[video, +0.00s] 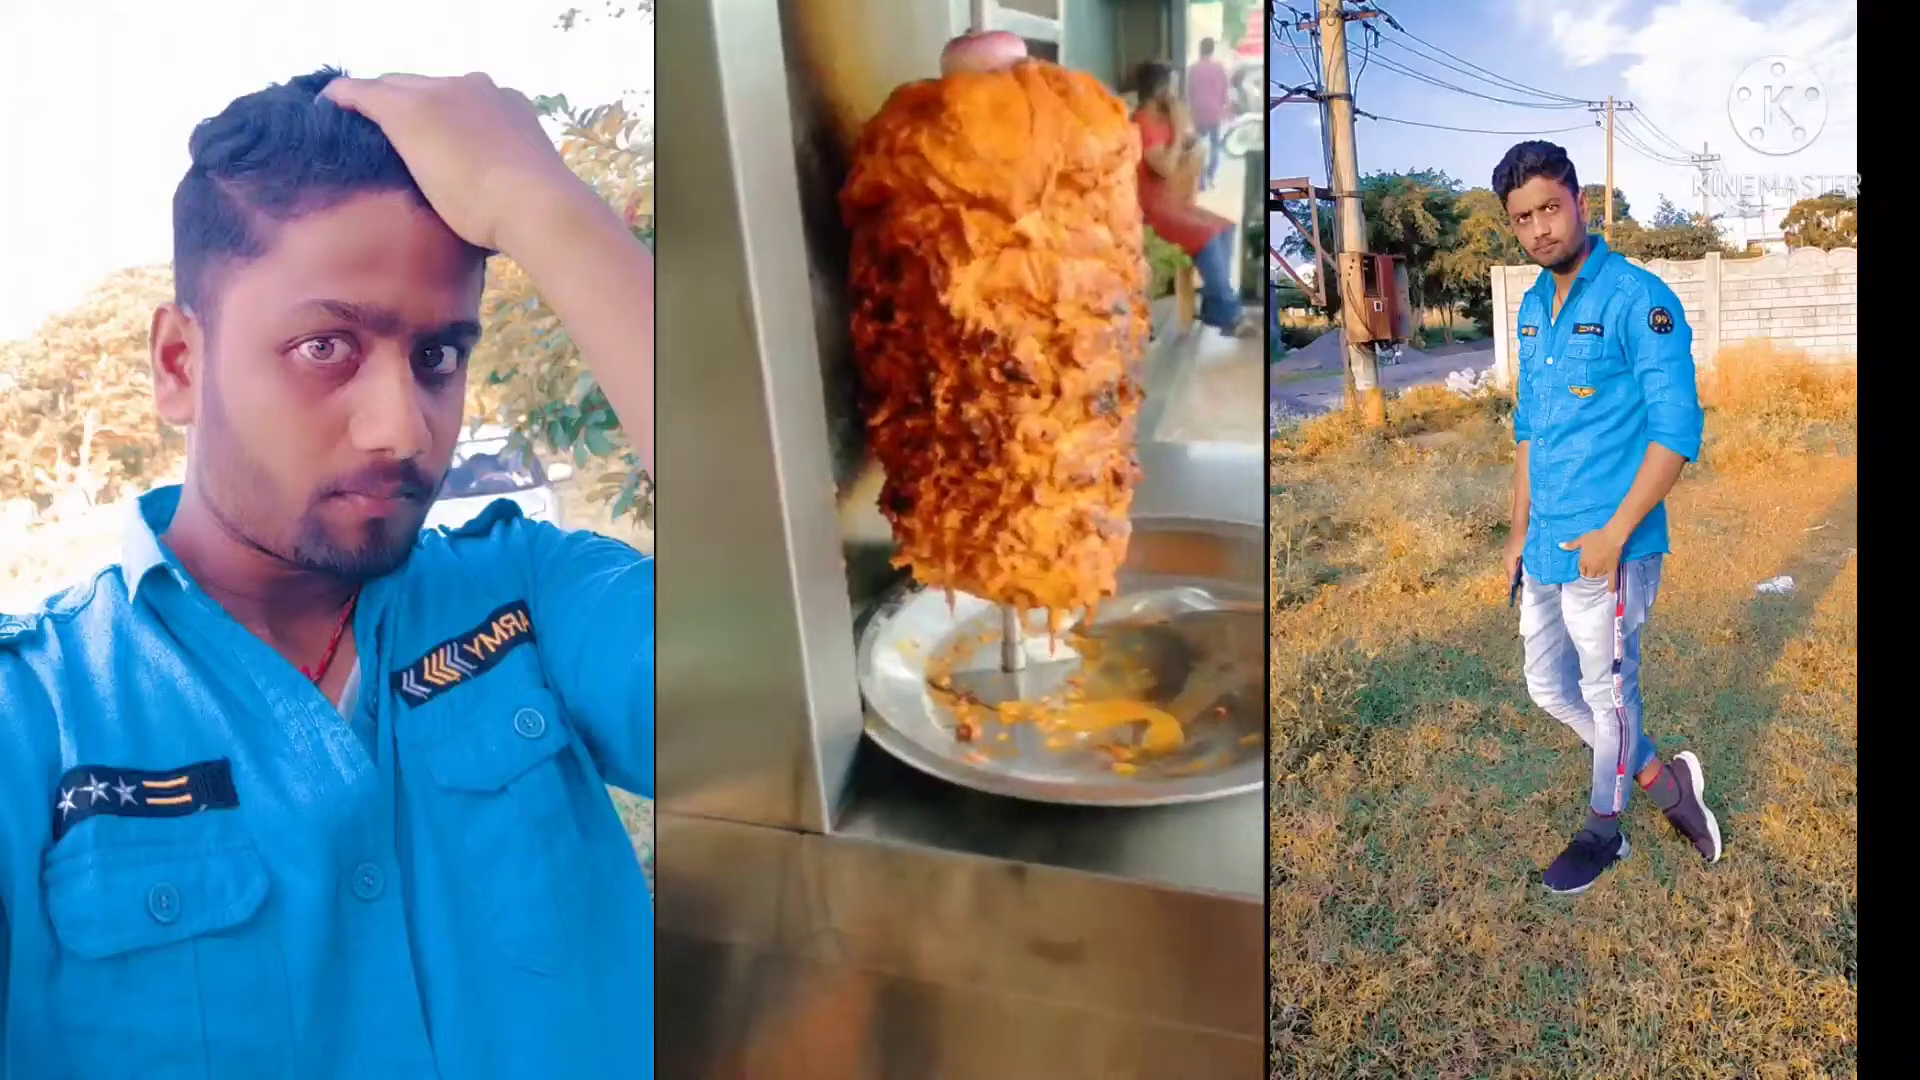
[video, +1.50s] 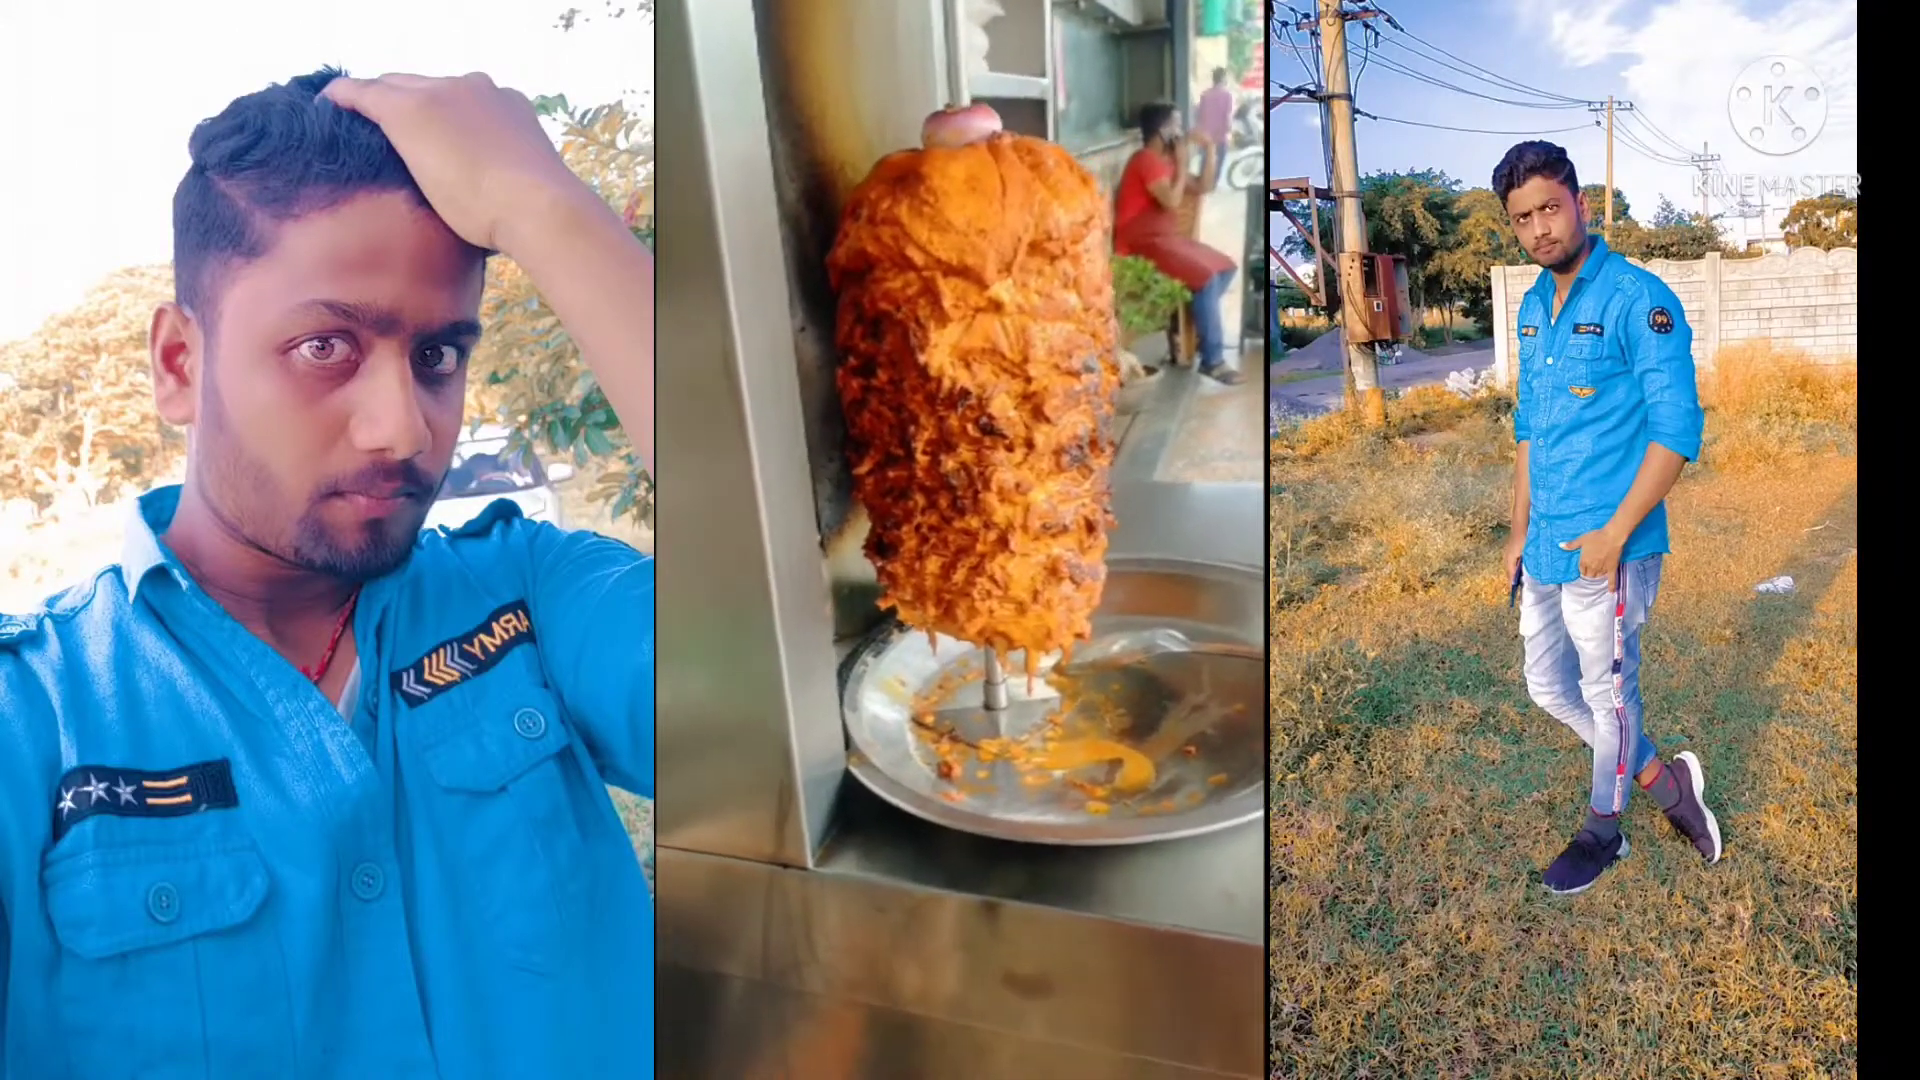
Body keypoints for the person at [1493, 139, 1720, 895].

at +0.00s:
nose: (1539, 228)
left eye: (1550, 208)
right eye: (1522, 218)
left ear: (1581, 202)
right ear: (1512, 228)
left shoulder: (1640, 298)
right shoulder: (1534, 306)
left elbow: (1678, 432)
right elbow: (1529, 431)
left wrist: (1616, 531)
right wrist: (1520, 530)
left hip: (1612, 537)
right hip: (1544, 538)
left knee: (1610, 690)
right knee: (1549, 684)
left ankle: (1603, 829)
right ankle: (1665, 778)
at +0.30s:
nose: (1538, 229)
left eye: (1549, 208)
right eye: (1522, 219)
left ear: (1581, 202)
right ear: (1512, 228)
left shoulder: (1640, 298)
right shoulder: (1534, 307)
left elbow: (1677, 432)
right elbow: (1529, 432)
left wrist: (1615, 532)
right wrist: (1519, 531)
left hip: (1612, 538)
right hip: (1544, 540)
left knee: (1610, 691)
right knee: (1549, 684)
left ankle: (1603, 828)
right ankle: (1665, 778)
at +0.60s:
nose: (1539, 228)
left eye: (1550, 208)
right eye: (1523, 218)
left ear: (1581, 203)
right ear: (1512, 228)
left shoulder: (1640, 298)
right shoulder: (1534, 306)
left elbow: (1677, 432)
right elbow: (1529, 431)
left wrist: (1615, 531)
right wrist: (1519, 530)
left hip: (1612, 538)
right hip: (1544, 539)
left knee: (1610, 691)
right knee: (1548, 684)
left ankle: (1603, 828)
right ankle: (1665, 778)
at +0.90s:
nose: (1537, 228)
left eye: (1549, 208)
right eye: (1522, 218)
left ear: (1582, 202)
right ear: (1513, 228)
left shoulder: (1640, 298)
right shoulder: (1534, 308)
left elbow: (1678, 431)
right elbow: (1529, 431)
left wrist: (1616, 532)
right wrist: (1520, 530)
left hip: (1612, 536)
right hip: (1544, 538)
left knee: (1610, 689)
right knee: (1549, 684)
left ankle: (1602, 828)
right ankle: (1665, 778)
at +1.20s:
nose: (1538, 228)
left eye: (1549, 208)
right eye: (1522, 218)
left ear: (1581, 203)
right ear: (1513, 228)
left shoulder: (1640, 298)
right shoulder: (1534, 307)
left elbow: (1678, 431)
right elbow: (1529, 431)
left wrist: (1615, 532)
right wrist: (1520, 530)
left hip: (1611, 536)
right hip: (1544, 538)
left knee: (1610, 689)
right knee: (1548, 684)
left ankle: (1602, 828)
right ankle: (1666, 778)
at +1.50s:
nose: (1538, 228)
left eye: (1549, 208)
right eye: (1522, 218)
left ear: (1581, 203)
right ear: (1513, 228)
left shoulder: (1640, 298)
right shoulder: (1534, 308)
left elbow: (1678, 432)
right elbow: (1529, 432)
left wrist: (1615, 533)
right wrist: (1520, 530)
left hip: (1611, 537)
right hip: (1543, 539)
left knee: (1610, 690)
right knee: (1549, 684)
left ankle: (1602, 828)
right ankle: (1666, 778)